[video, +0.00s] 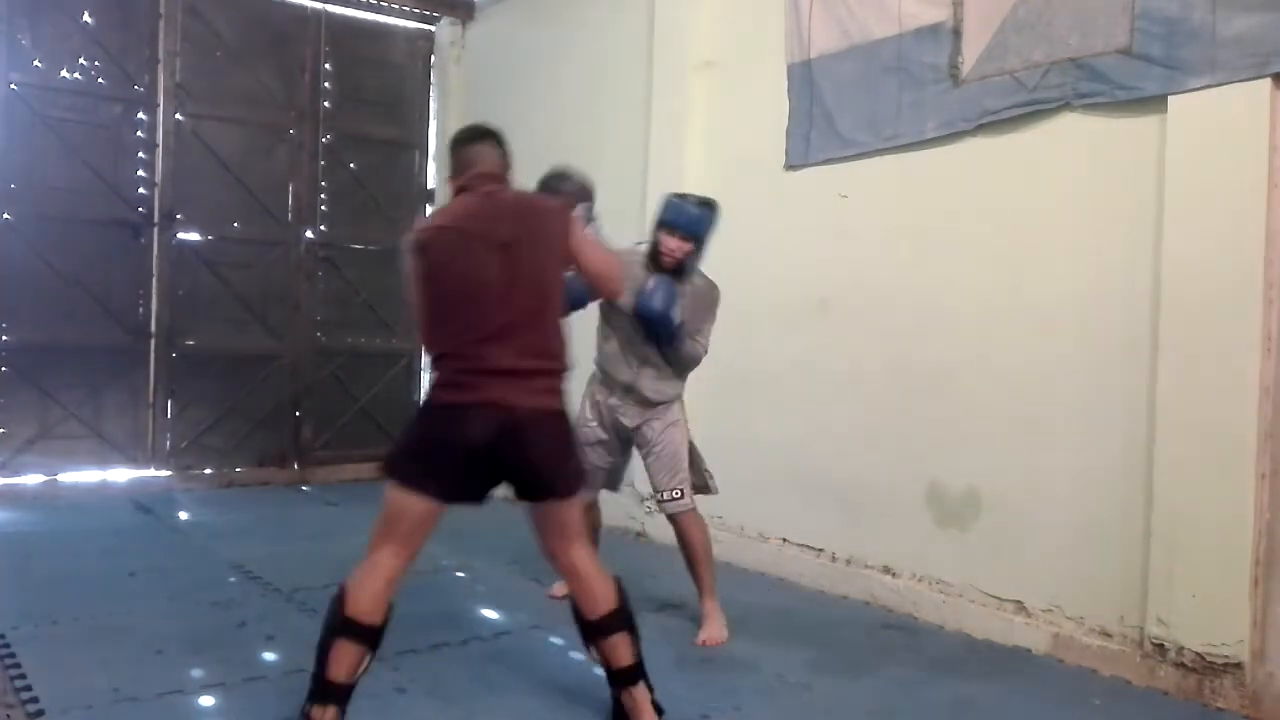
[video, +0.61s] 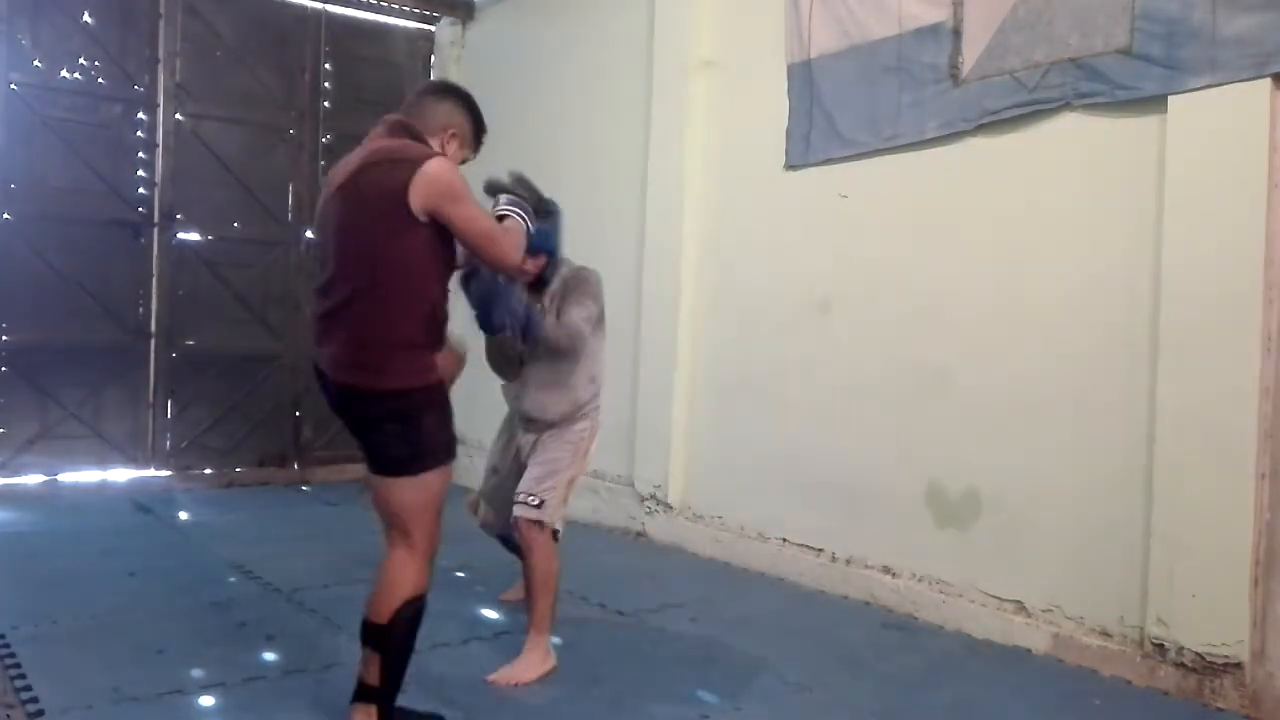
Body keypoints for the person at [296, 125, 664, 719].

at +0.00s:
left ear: (450, 176)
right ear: (509, 170)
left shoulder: (425, 234)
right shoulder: (550, 214)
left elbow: (428, 331)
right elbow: (611, 282)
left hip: (452, 423)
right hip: (538, 425)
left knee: (388, 555)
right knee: (575, 556)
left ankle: (323, 707)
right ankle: (639, 703)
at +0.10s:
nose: (455, 183)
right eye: (468, 176)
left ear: (422, 170)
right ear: (480, 174)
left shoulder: (379, 226)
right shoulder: (513, 217)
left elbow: (375, 317)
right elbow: (561, 312)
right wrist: (564, 276)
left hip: (409, 421)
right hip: (499, 422)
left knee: (366, 553)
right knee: (546, 551)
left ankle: (318, 708)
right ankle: (610, 697)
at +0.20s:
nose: (464, 167)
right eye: (466, 159)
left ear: (407, 150)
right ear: (465, 156)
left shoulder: (357, 205)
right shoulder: (489, 199)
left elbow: (357, 313)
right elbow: (523, 303)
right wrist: (539, 263)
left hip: (388, 405)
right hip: (477, 404)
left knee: (360, 544)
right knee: (512, 532)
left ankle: (319, 708)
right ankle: (539, 699)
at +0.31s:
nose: (466, 161)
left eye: (467, 155)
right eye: (468, 153)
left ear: (399, 136)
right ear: (454, 144)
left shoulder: (353, 196)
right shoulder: (469, 187)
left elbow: (374, 274)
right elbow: (520, 283)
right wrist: (518, 233)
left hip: (366, 395)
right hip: (451, 398)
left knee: (348, 545)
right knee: (483, 534)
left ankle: (313, 708)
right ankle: (439, 701)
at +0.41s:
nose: (464, 165)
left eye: (466, 157)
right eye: (466, 155)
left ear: (400, 134)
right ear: (451, 144)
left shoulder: (353, 193)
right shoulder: (451, 189)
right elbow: (517, 271)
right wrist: (511, 226)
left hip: (356, 397)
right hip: (435, 405)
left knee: (362, 529)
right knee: (441, 547)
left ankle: (310, 692)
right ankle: (378, 704)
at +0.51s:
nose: (466, 165)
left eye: (469, 157)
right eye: (468, 156)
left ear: (407, 131)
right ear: (451, 143)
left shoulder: (354, 182)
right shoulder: (441, 185)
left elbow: (394, 253)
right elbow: (510, 262)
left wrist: (460, 211)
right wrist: (492, 217)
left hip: (349, 387)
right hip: (417, 397)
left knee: (381, 481)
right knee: (431, 546)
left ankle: (335, 596)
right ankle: (377, 703)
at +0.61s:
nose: (459, 160)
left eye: (464, 153)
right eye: (464, 150)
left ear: (405, 120)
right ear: (447, 137)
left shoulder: (347, 169)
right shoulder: (432, 174)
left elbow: (398, 257)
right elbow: (508, 256)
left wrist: (466, 246)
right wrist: (513, 218)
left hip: (344, 371)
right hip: (397, 384)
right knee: (409, 544)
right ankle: (373, 701)